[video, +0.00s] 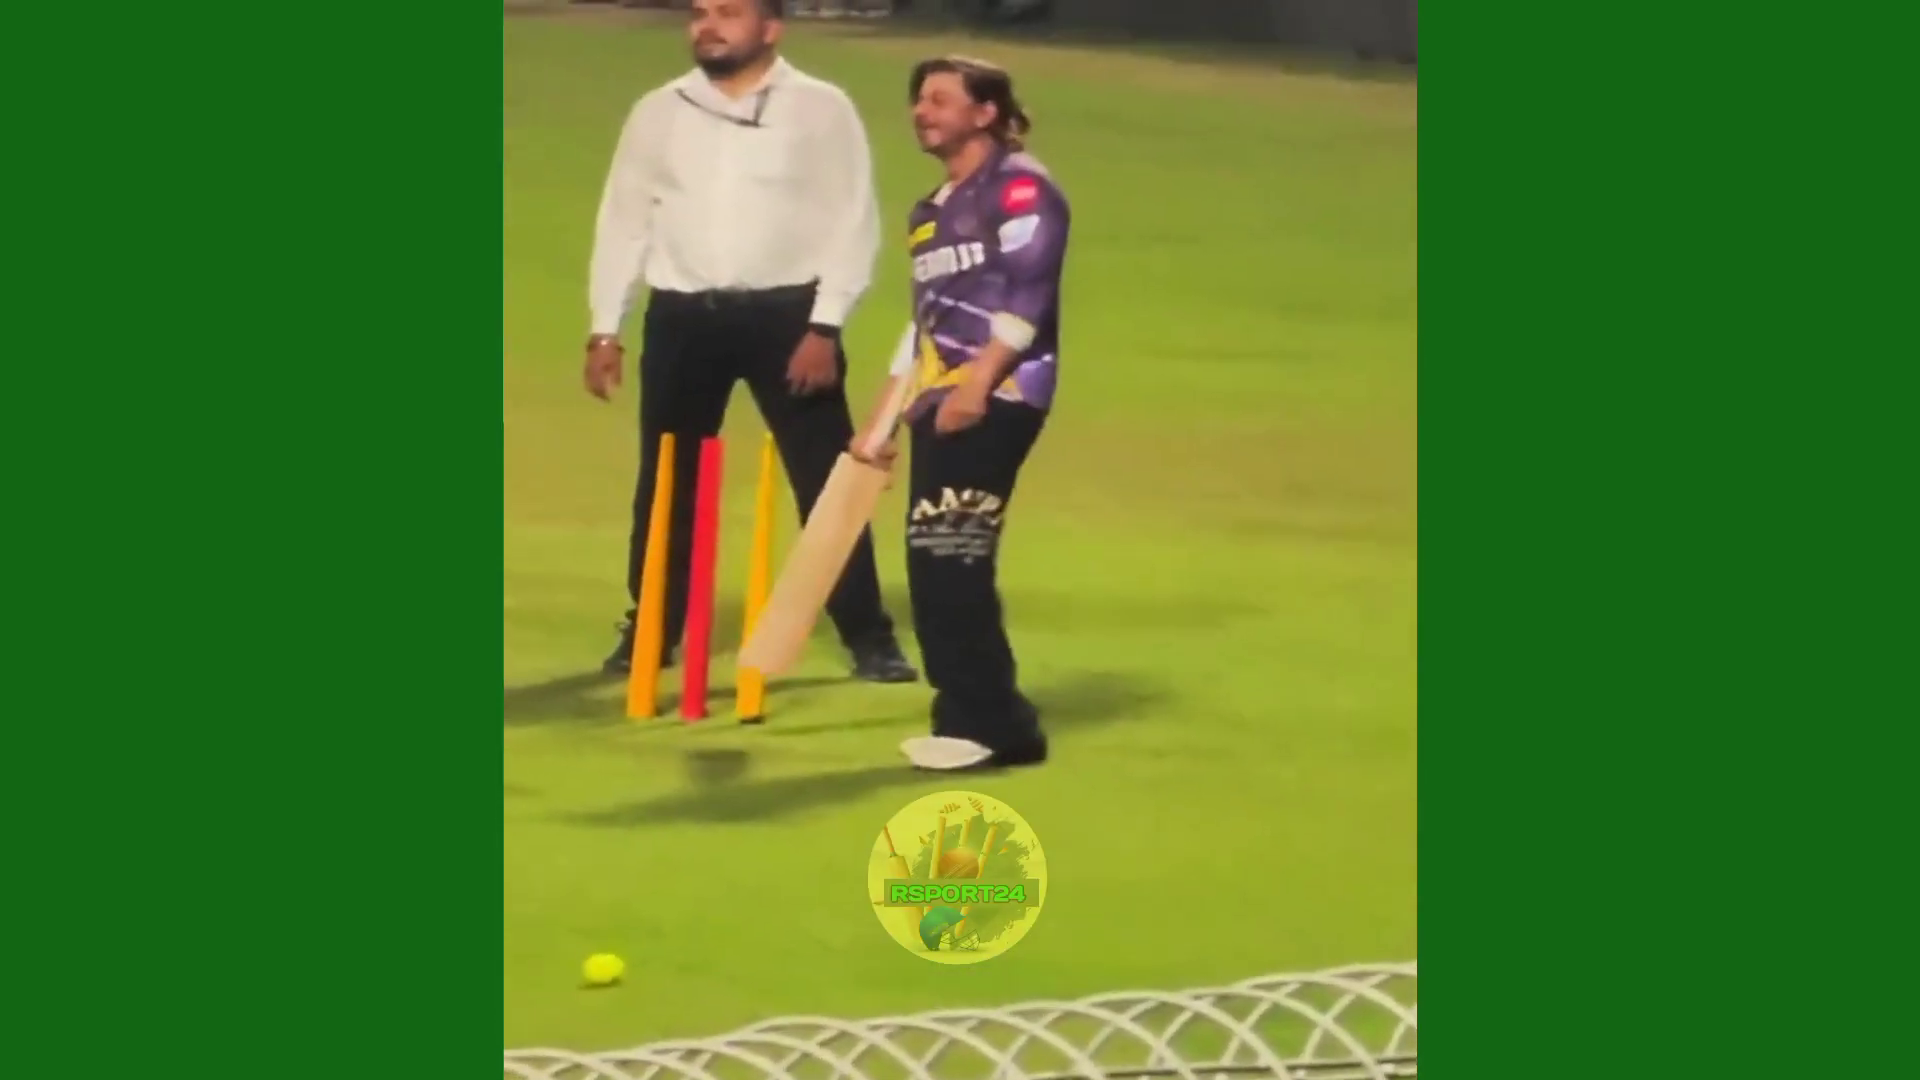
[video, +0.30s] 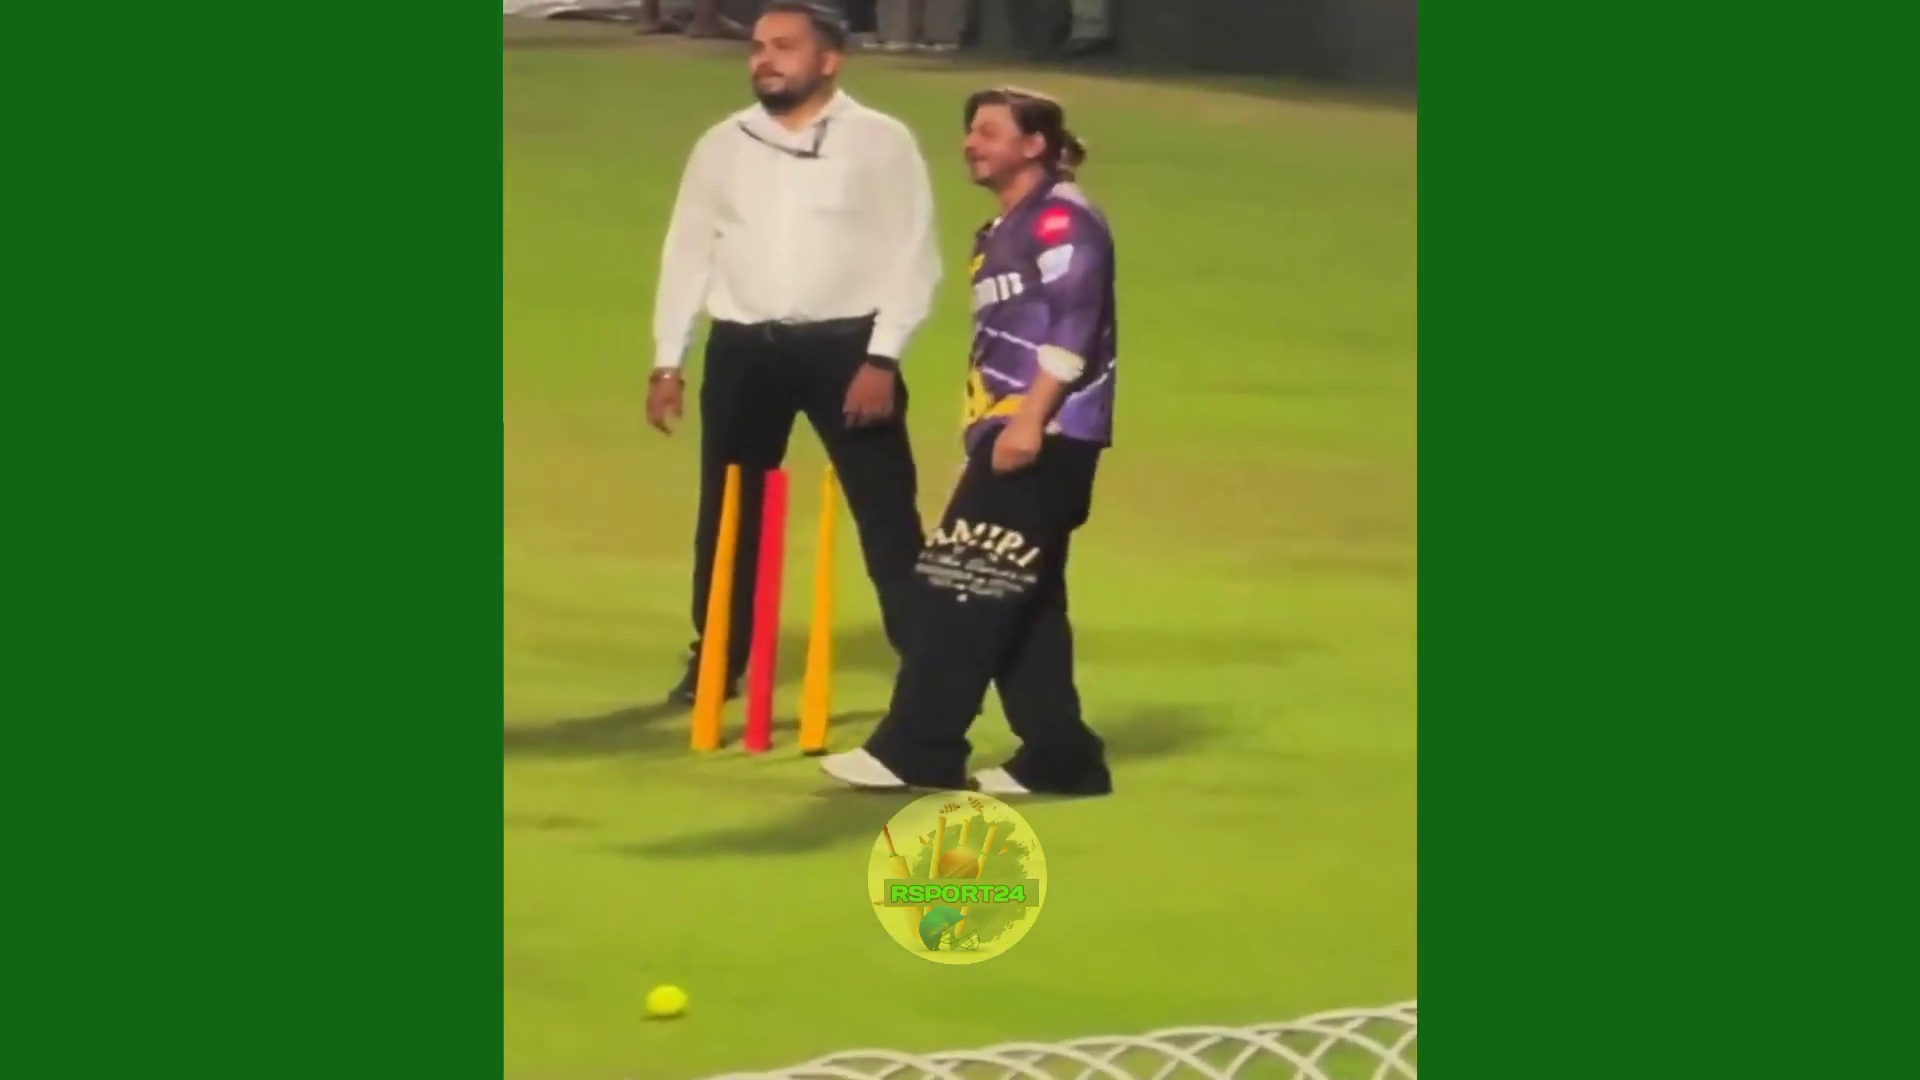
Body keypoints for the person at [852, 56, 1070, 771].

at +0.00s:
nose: (923, 113)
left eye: (939, 102)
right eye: (921, 102)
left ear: (985, 113)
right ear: (922, 115)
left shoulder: (1023, 188)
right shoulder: (928, 211)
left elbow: (1030, 302)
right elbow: (925, 322)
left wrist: (977, 381)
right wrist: (882, 419)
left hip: (999, 394)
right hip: (941, 394)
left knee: (956, 554)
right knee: (930, 554)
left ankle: (989, 725)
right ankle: (971, 718)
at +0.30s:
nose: (971, 146)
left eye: (987, 134)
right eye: (971, 134)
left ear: (1036, 145)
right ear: (1009, 149)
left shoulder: (1066, 221)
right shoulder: (997, 233)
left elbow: (1075, 332)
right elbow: (1007, 337)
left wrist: (1032, 417)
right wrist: (986, 424)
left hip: (1043, 437)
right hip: (1006, 435)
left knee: (958, 581)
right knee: (1023, 600)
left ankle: (917, 749)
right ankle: (1061, 756)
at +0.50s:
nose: (971, 168)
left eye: (985, 156)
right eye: (975, 155)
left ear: (1029, 168)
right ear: (1024, 169)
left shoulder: (1060, 246)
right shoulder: (1020, 247)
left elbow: (1052, 360)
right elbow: (1022, 354)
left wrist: (1004, 441)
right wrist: (1000, 422)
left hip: (1059, 461)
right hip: (1041, 458)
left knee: (962, 602)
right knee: (1050, 628)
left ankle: (892, 765)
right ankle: (1089, 778)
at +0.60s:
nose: (978, 174)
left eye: (991, 163)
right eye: (982, 161)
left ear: (1034, 176)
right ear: (1032, 176)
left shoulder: (1059, 256)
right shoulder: (1033, 250)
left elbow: (1044, 375)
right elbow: (1024, 366)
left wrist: (997, 453)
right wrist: (1001, 439)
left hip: (1063, 469)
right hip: (1057, 468)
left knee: (979, 615)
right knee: (1062, 634)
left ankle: (908, 775)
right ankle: (1104, 786)